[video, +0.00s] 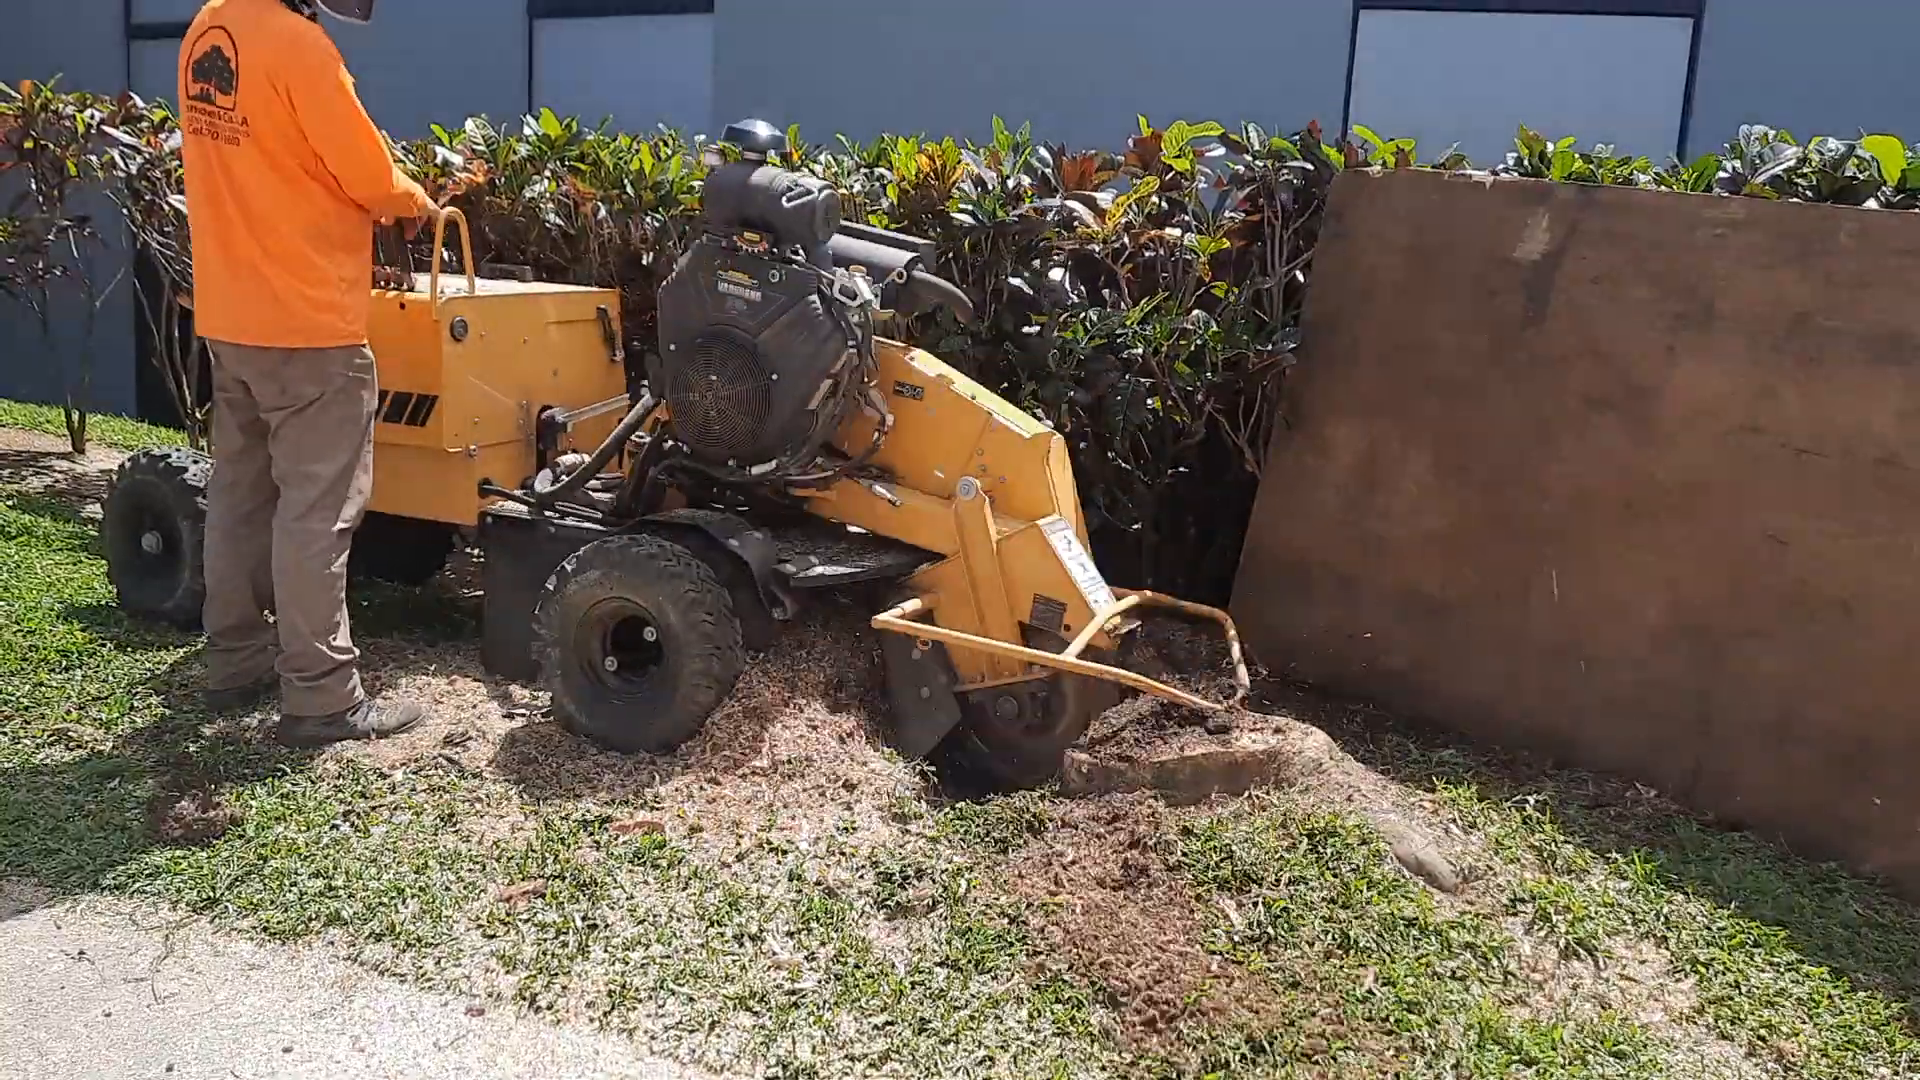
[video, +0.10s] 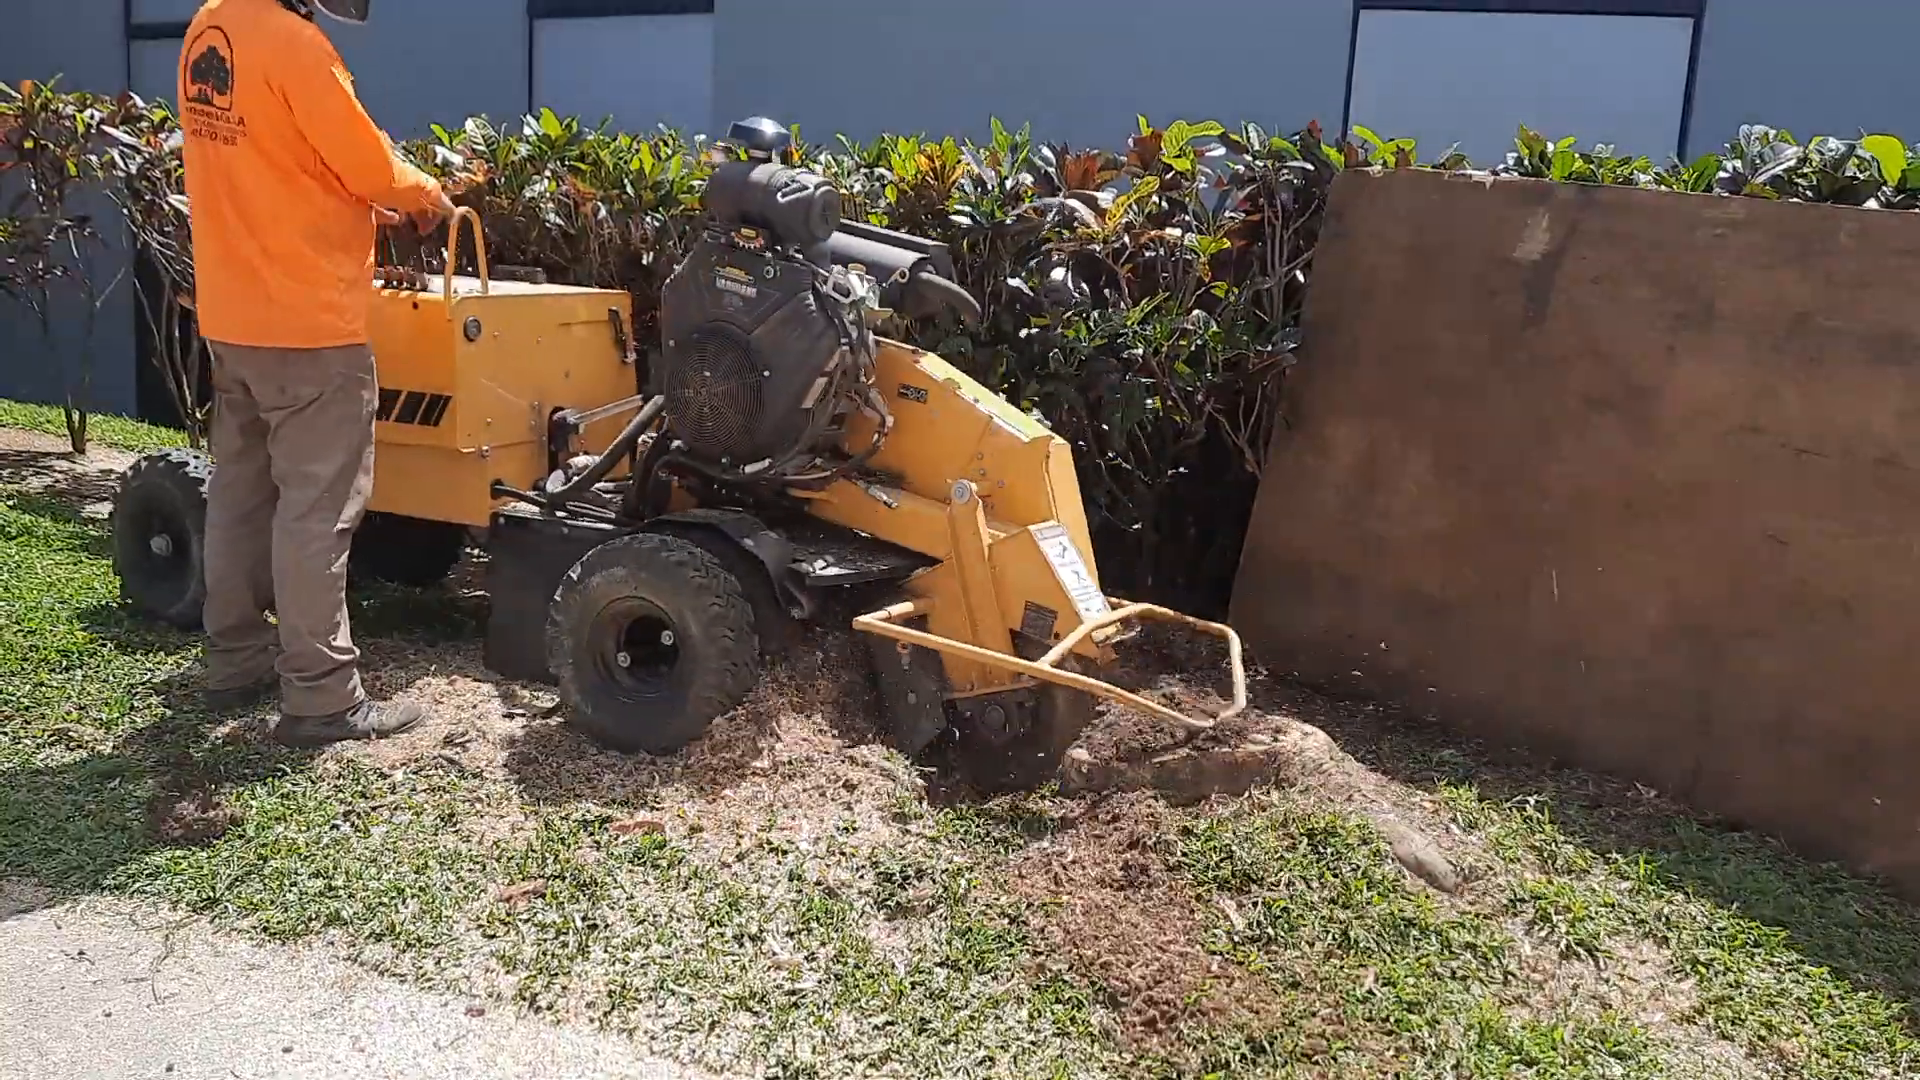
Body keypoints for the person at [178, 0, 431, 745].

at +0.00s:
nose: (367, 9)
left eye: (368, 3)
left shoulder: (207, 24)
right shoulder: (301, 45)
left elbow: (269, 158)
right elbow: (373, 178)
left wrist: (380, 200)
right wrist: (420, 203)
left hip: (229, 321)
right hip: (309, 326)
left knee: (238, 499)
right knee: (319, 507)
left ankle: (233, 665)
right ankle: (320, 698)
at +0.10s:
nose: (350, 11)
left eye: (349, 7)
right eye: (346, 4)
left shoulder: (208, 24)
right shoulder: (298, 45)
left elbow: (275, 163)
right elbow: (372, 168)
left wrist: (380, 203)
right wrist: (428, 192)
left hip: (230, 320)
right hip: (310, 325)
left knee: (239, 496)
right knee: (318, 506)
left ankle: (236, 663)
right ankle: (321, 698)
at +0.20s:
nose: (361, 11)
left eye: (363, 6)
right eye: (358, 2)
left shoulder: (215, 34)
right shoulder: (322, 56)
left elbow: (287, 157)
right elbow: (397, 176)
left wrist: (388, 198)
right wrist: (456, 201)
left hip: (245, 323)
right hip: (330, 328)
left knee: (247, 494)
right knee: (329, 505)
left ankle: (236, 660)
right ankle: (321, 695)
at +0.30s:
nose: (374, 15)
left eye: (375, 9)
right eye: (371, 6)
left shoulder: (228, 32)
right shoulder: (333, 52)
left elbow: (293, 153)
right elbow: (404, 177)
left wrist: (399, 179)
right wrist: (462, 197)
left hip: (248, 321)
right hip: (330, 329)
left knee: (248, 494)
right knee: (327, 507)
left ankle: (235, 662)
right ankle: (320, 696)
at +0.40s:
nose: (356, 10)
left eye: (355, 7)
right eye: (351, 4)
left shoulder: (215, 25)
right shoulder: (307, 45)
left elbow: (288, 162)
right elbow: (383, 171)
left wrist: (396, 195)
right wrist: (442, 196)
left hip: (236, 320)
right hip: (318, 325)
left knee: (241, 497)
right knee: (321, 507)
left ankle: (238, 660)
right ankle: (321, 698)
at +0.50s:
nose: (373, 11)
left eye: (370, 6)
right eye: (367, 3)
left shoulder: (220, 25)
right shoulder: (312, 48)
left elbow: (282, 159)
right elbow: (380, 174)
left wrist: (395, 195)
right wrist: (441, 200)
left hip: (239, 320)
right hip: (319, 325)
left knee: (246, 493)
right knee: (324, 504)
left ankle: (238, 662)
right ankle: (321, 696)